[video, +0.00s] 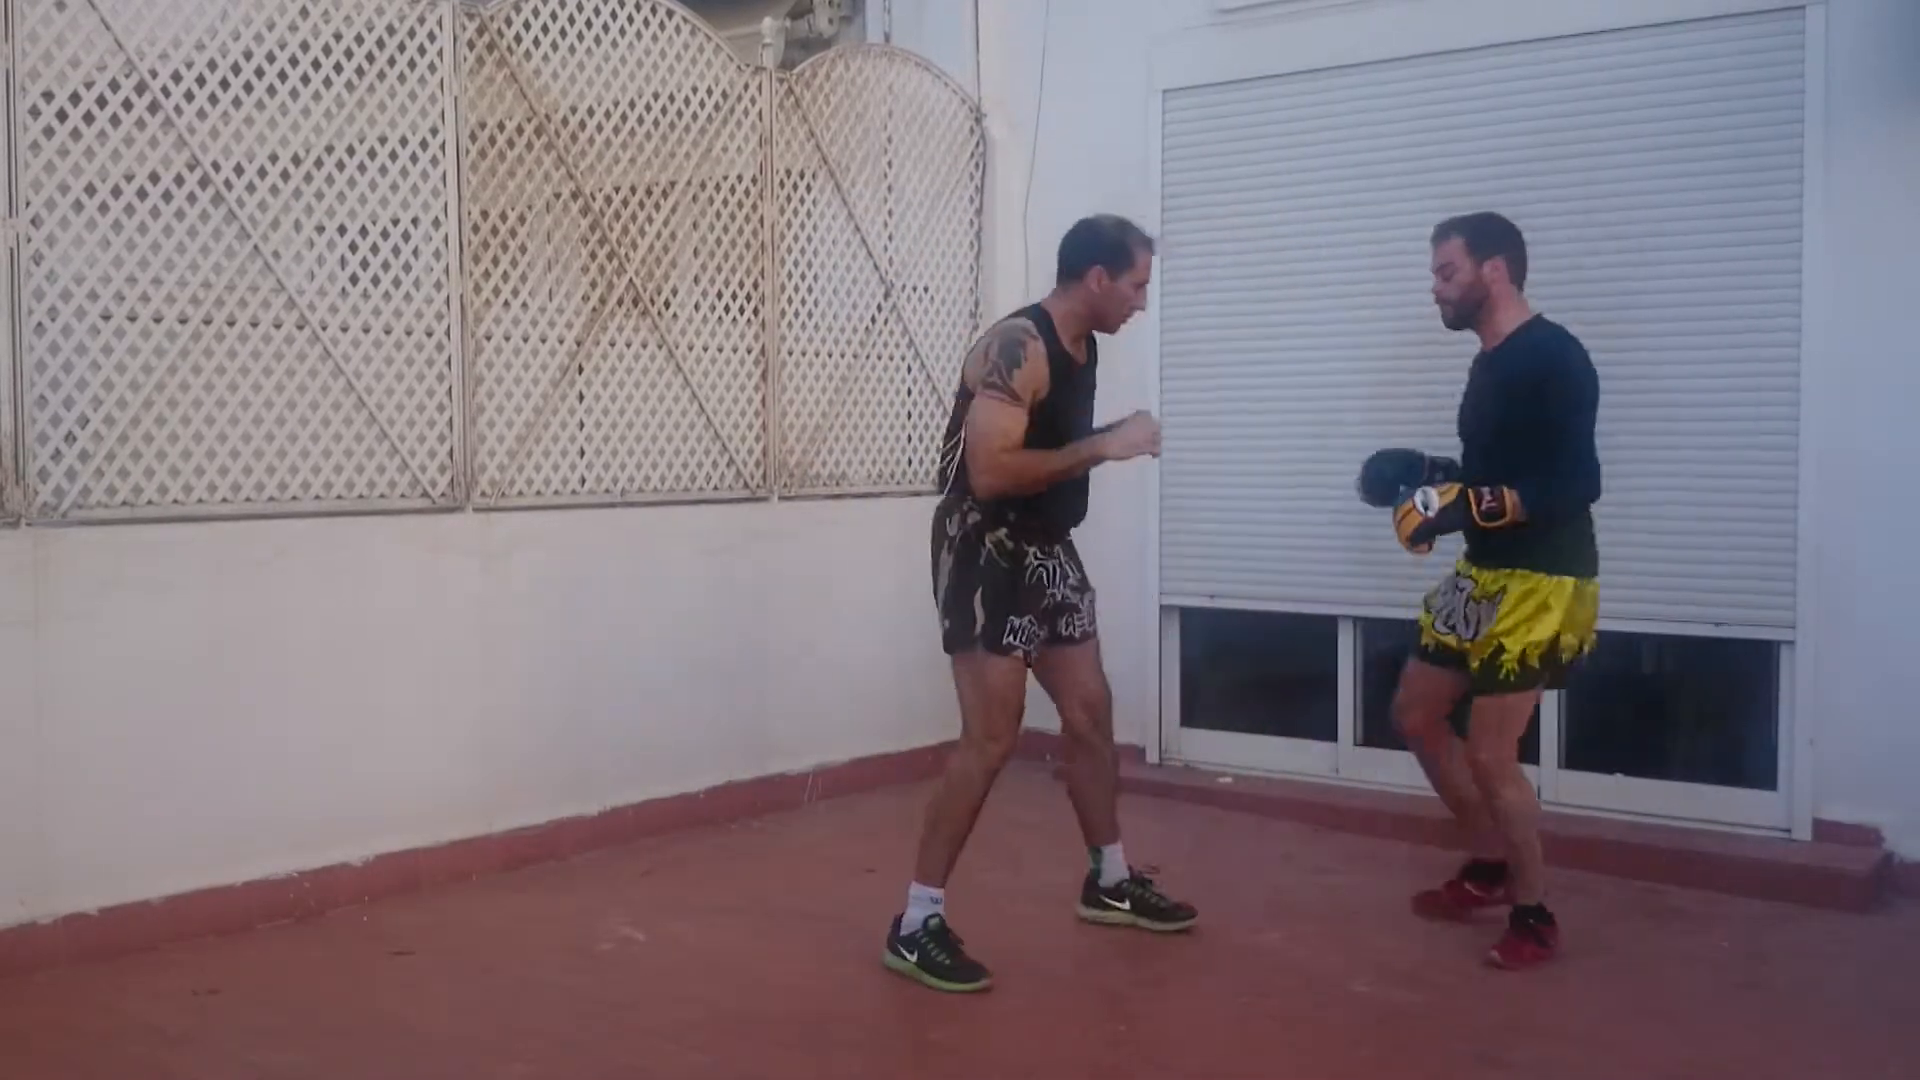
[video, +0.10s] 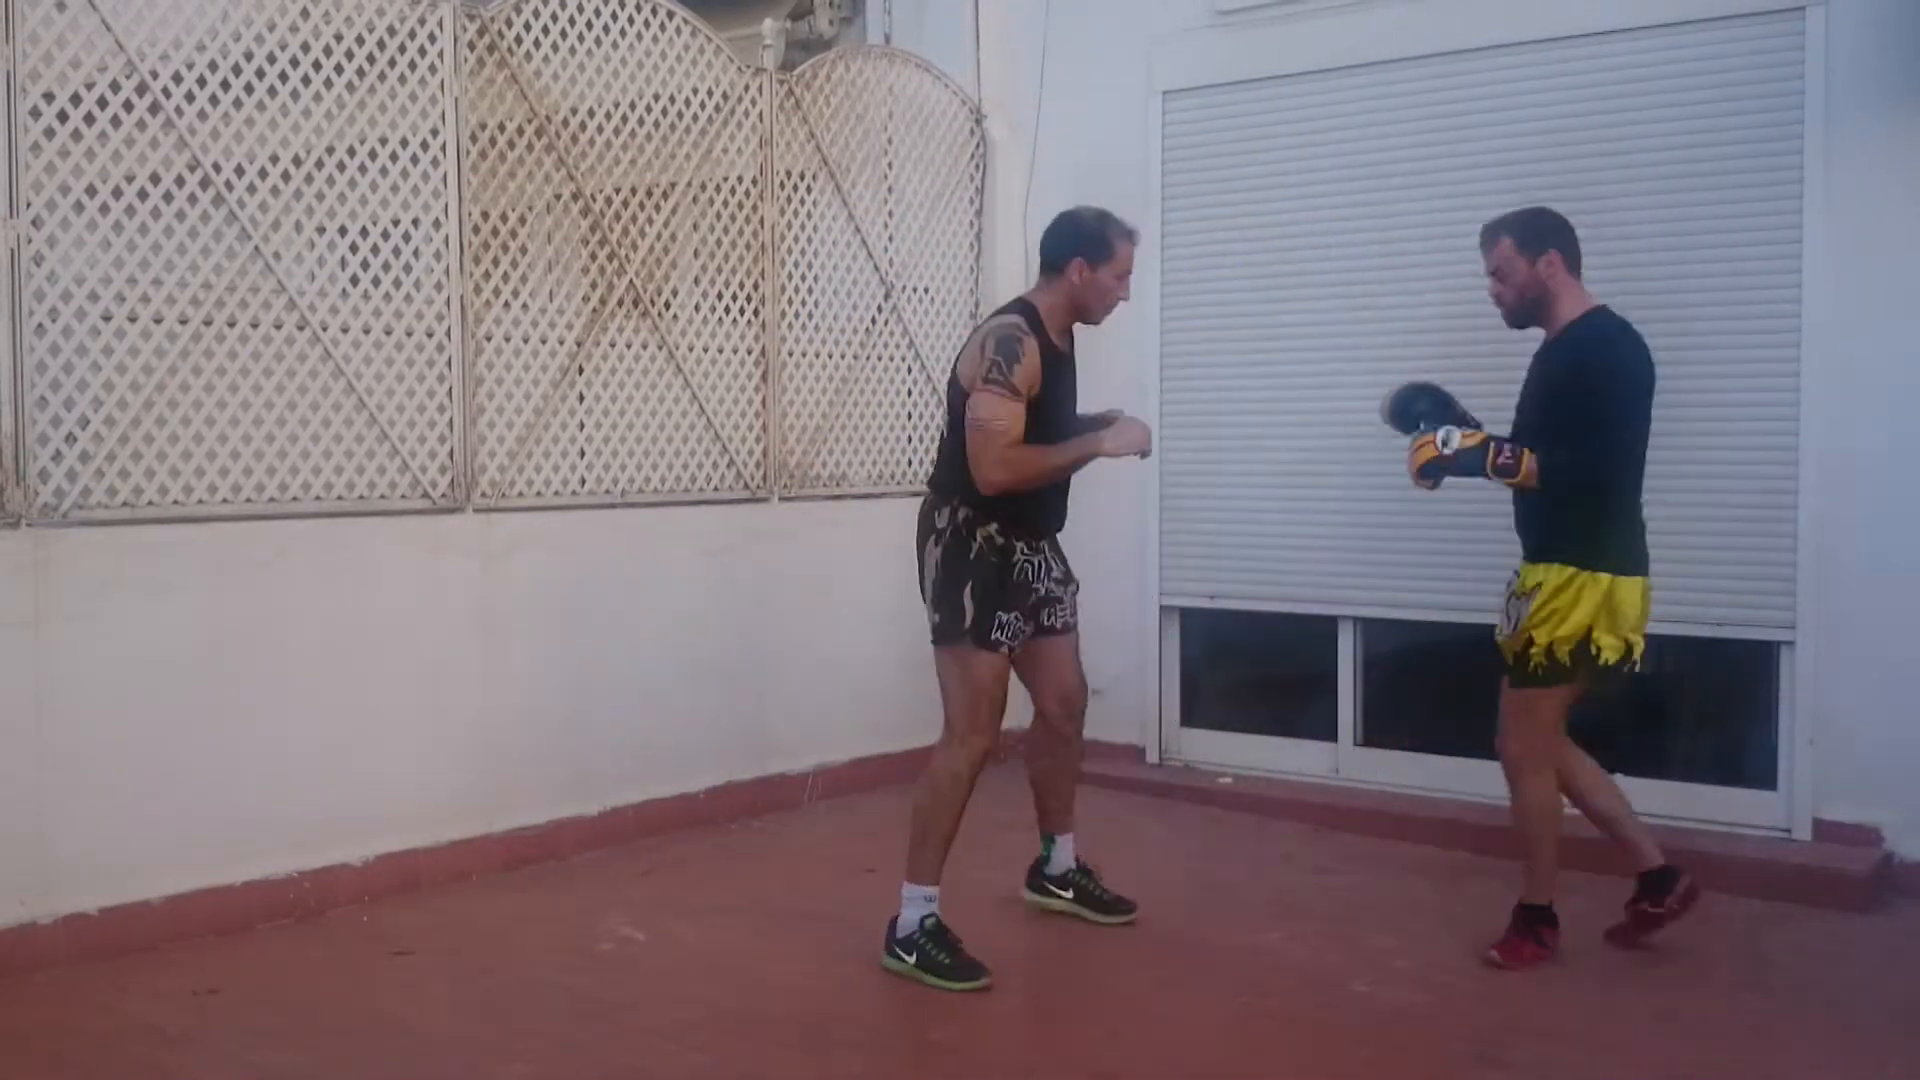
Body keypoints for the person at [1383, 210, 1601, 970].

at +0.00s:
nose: (1436, 287)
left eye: (1447, 271)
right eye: (1434, 274)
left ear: (1497, 271)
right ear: (1485, 276)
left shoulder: (1556, 357)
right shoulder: (1489, 363)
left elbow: (1579, 484)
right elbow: (1497, 472)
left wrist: (1476, 506)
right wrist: (1434, 476)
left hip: (1542, 578)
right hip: (1480, 570)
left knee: (1491, 754)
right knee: (1417, 717)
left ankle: (1534, 916)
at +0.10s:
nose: (1493, 291)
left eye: (1500, 274)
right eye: (1490, 277)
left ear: (1550, 264)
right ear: (1549, 269)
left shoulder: (1593, 350)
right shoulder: (1584, 345)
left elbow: (1578, 476)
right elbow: (1561, 461)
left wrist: (1472, 455)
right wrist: (1478, 438)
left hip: (1575, 573)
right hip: (1586, 569)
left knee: (1525, 743)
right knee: (1542, 738)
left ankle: (1537, 915)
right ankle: (1657, 875)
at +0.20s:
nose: (1548, 298)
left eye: (1555, 280)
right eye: (1543, 283)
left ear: (1604, 264)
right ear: (1600, 272)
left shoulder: (1666, 334)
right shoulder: (1610, 347)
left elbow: (1640, 433)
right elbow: (1537, 440)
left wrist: (1561, 404)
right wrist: (1492, 387)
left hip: (1643, 567)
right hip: (1644, 564)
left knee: (1554, 735)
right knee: (1651, 748)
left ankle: (1571, 916)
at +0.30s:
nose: (1603, 312)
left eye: (1610, 295)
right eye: (1599, 299)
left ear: (1658, 281)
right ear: (1661, 287)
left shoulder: (1704, 357)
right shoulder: (1675, 363)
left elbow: (1660, 438)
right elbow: (1572, 429)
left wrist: (1601, 378)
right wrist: (1542, 353)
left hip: (1710, 590)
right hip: (1744, 591)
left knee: (1568, 723)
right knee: (1739, 776)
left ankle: (1621, 913)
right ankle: (1843, 947)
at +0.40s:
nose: (1645, 308)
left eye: (1653, 291)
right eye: (1643, 295)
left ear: (1705, 283)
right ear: (1707, 288)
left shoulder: (1742, 362)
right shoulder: (1756, 355)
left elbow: (1634, 444)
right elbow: (1680, 452)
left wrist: (1605, 354)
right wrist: (1642, 391)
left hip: (1758, 598)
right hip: (1792, 596)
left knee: (1621, 734)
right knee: (1754, 782)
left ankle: (1658, 947)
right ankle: (1844, 952)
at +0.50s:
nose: (1674, 279)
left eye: (1680, 261)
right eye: (1671, 264)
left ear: (1728, 249)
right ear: (1740, 250)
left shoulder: (1760, 332)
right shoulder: (1799, 324)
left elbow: (1714, 446)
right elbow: (1737, 437)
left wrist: (1656, 380)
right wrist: (1661, 370)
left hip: (1781, 572)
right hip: (1834, 570)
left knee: (1690, 740)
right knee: (1810, 762)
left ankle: (1726, 960)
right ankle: (1859, 944)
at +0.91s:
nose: (1743, 292)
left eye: (1748, 276)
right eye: (1739, 279)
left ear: (1795, 261)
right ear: (1806, 262)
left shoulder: (1837, 344)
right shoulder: (1867, 334)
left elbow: (1734, 432)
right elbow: (1753, 431)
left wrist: (1694, 331)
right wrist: (1705, 350)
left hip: (1860, 596)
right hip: (1892, 594)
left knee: (1773, 779)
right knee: (1910, 796)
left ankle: (1805, 1002)